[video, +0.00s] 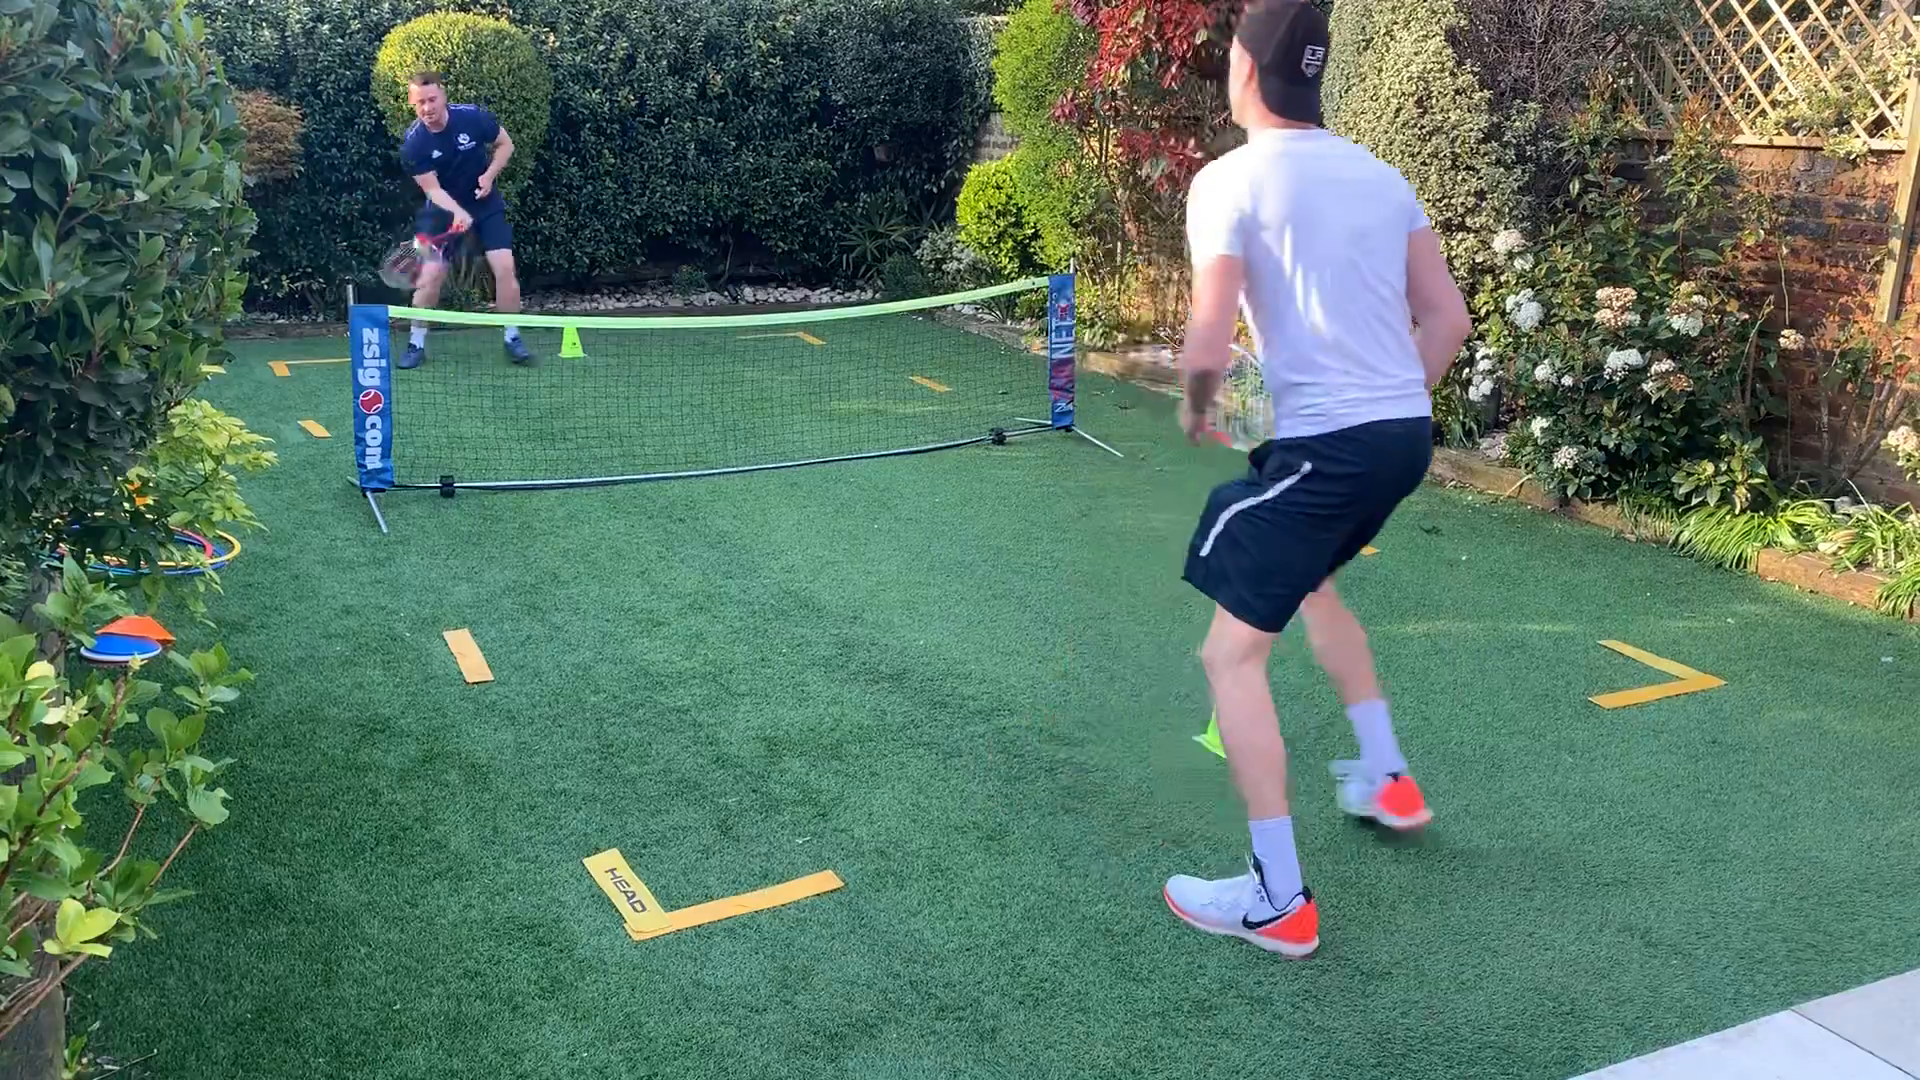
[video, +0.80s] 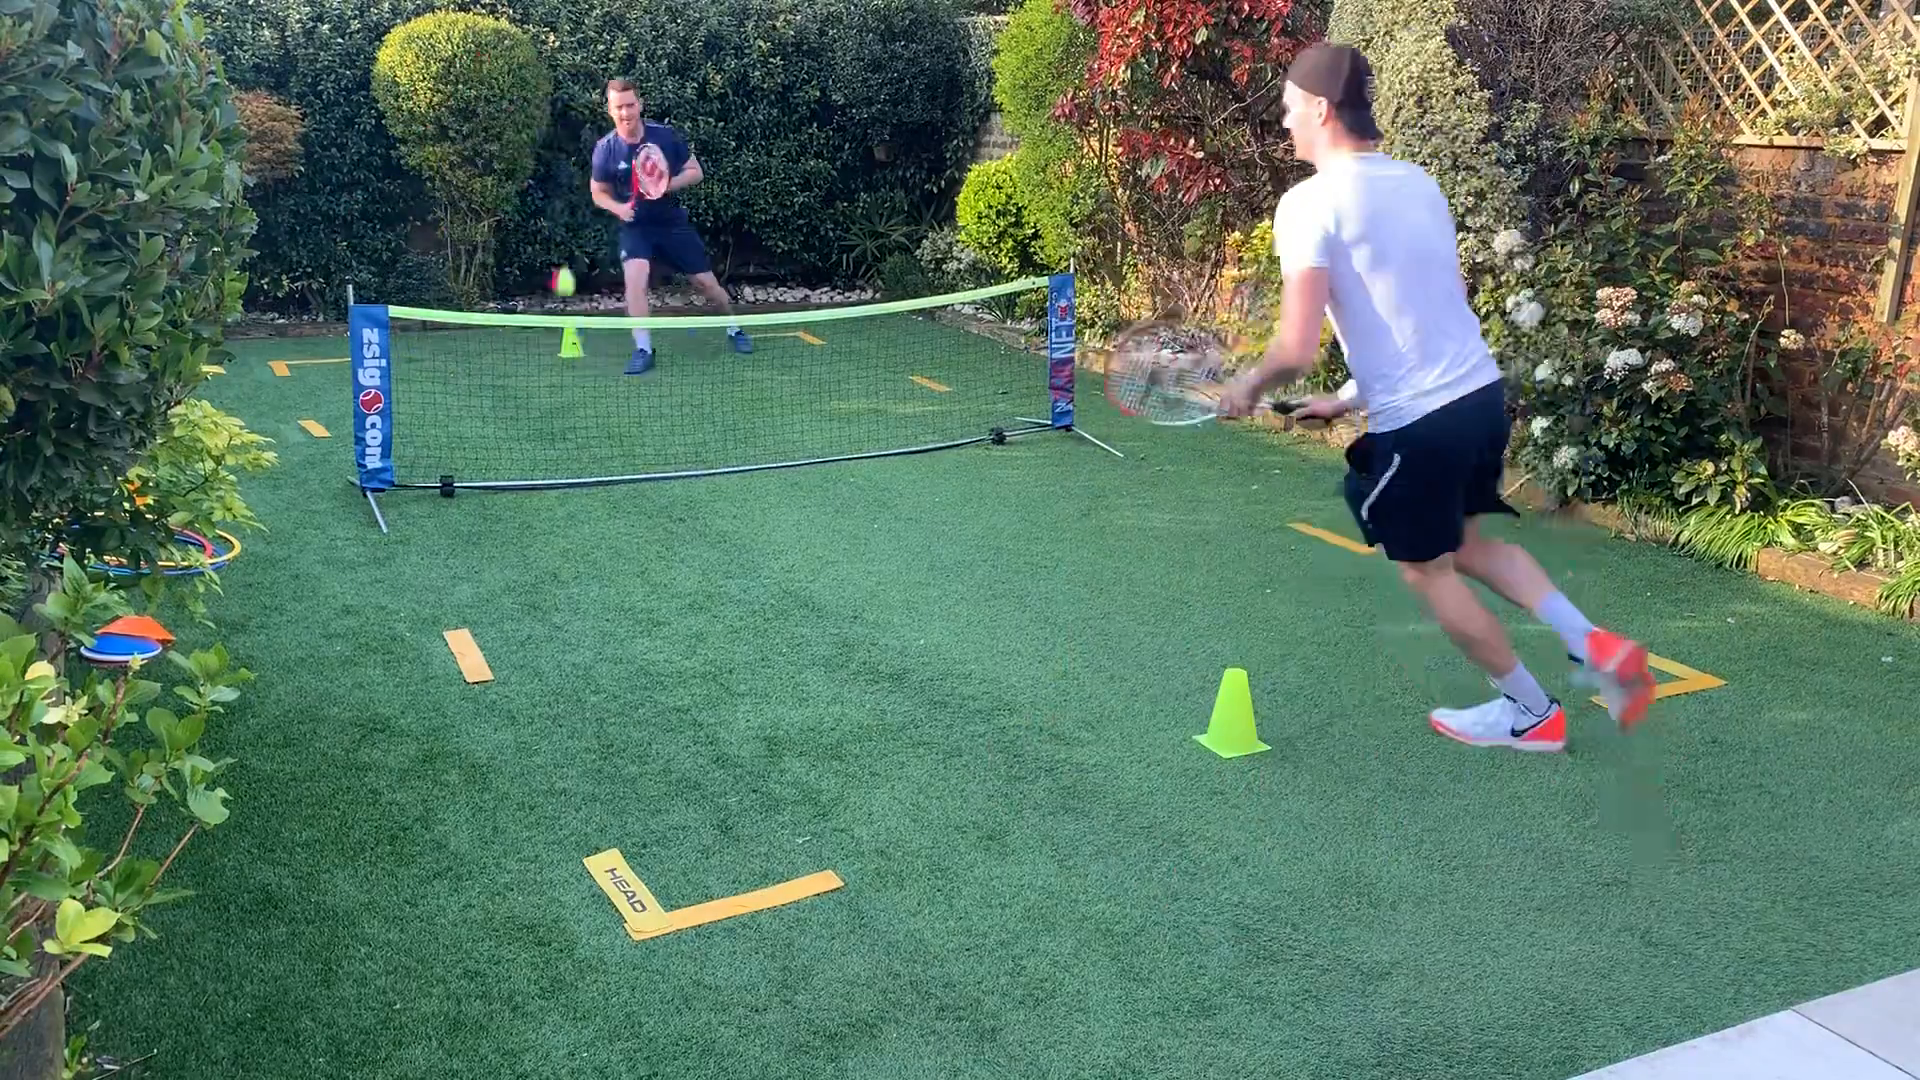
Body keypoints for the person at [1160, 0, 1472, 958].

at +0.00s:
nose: (1225, 76)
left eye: (1228, 61)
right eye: (1230, 60)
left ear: (1245, 73)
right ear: (1316, 74)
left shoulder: (1229, 181)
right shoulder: (1379, 174)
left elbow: (1211, 341)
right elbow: (1447, 319)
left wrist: (1198, 402)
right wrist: (1390, 402)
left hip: (1321, 442)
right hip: (1406, 435)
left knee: (1232, 654)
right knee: (1307, 579)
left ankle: (1277, 892)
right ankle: (1385, 773)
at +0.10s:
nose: (1272, 63)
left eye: (1276, 47)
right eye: (1278, 46)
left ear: (1295, 60)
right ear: (1364, 62)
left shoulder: (1276, 170)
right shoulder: (1424, 168)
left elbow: (1268, 338)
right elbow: (1485, 309)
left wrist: (1235, 352)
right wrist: (1419, 383)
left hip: (1350, 436)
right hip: (1440, 428)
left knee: (1260, 645)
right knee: (1407, 601)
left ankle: (1278, 892)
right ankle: (1520, 787)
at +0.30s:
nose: (1377, 89)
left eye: (1381, 75)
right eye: (1384, 73)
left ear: (1398, 83)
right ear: (1461, 86)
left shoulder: (1373, 193)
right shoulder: (1526, 181)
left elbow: (1350, 366)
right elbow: (1582, 324)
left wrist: (1362, 376)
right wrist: (1500, 374)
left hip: (1447, 450)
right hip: (1542, 443)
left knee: (1349, 658)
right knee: (1552, 633)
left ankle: (1297, 882)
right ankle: (1639, 825)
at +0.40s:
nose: (1404, 100)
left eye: (1408, 85)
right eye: (1407, 83)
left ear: (1427, 93)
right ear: (1492, 96)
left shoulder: (1402, 199)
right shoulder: (1552, 192)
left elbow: (1384, 371)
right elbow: (1596, 340)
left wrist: (1369, 393)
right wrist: (1521, 387)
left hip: (1469, 454)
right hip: (1570, 445)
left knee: (1375, 642)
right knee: (1581, 628)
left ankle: (1402, 839)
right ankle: (1643, 818)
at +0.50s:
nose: (1412, 104)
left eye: (1417, 91)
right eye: (1416, 89)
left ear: (1439, 101)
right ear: (1495, 103)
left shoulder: (1411, 199)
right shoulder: (1553, 193)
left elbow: (1383, 359)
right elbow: (1566, 337)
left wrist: (1349, 386)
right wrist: (1447, 403)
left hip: (1474, 445)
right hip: (1571, 437)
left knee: (1393, 602)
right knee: (1588, 627)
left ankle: (1508, 772)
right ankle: (1646, 822)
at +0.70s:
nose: (1338, 106)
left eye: (1342, 93)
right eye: (1340, 91)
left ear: (1368, 96)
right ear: (1414, 97)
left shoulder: (1344, 192)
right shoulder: (1467, 174)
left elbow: (1330, 327)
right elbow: (1463, 311)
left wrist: (1283, 368)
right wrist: (1376, 389)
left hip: (1450, 426)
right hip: (1533, 399)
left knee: (1438, 569)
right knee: (1559, 577)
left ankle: (1526, 706)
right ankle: (1646, 748)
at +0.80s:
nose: (1286, 124)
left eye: (1291, 108)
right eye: (1287, 108)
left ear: (1321, 112)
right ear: (1353, 110)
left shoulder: (1309, 203)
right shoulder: (1419, 182)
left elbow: (1296, 349)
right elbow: (1442, 313)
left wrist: (1249, 385)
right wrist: (1348, 399)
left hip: (1416, 425)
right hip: (1482, 399)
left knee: (1427, 570)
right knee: (1465, 538)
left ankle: (1530, 710)